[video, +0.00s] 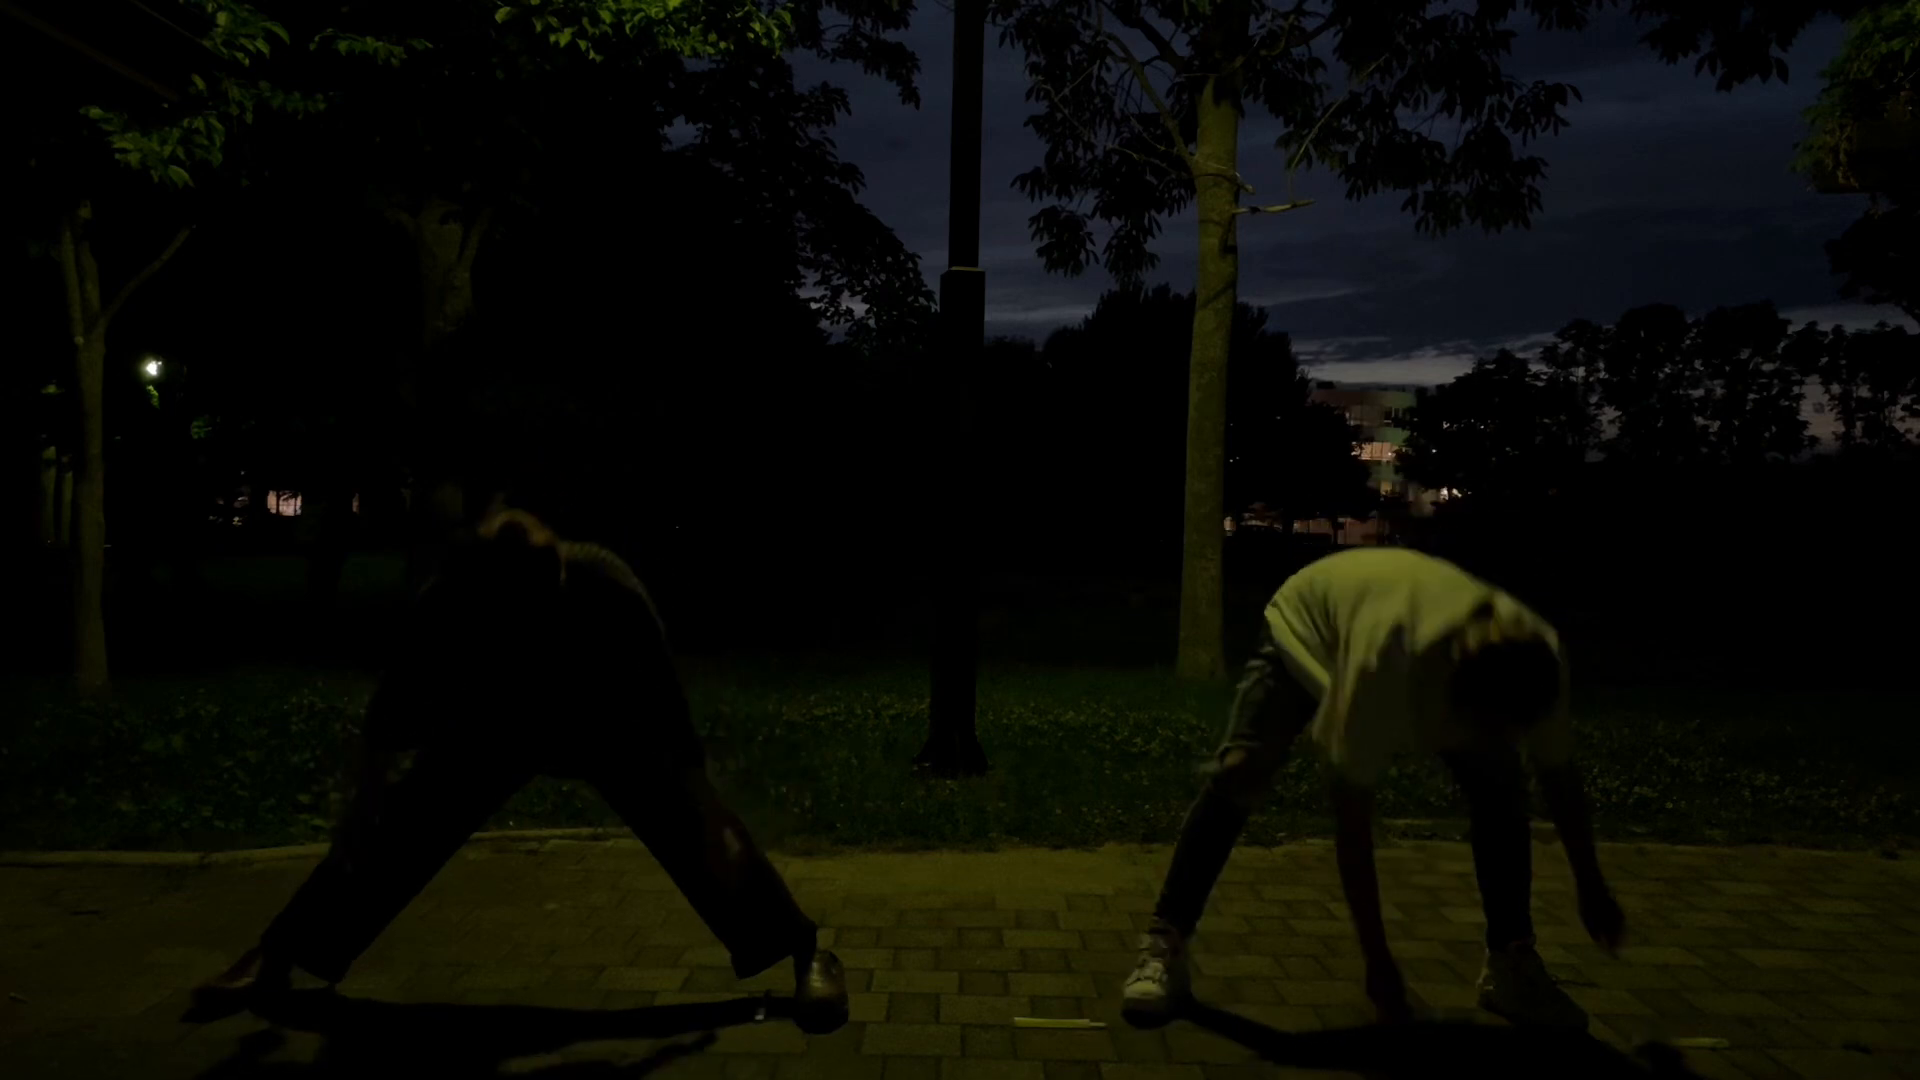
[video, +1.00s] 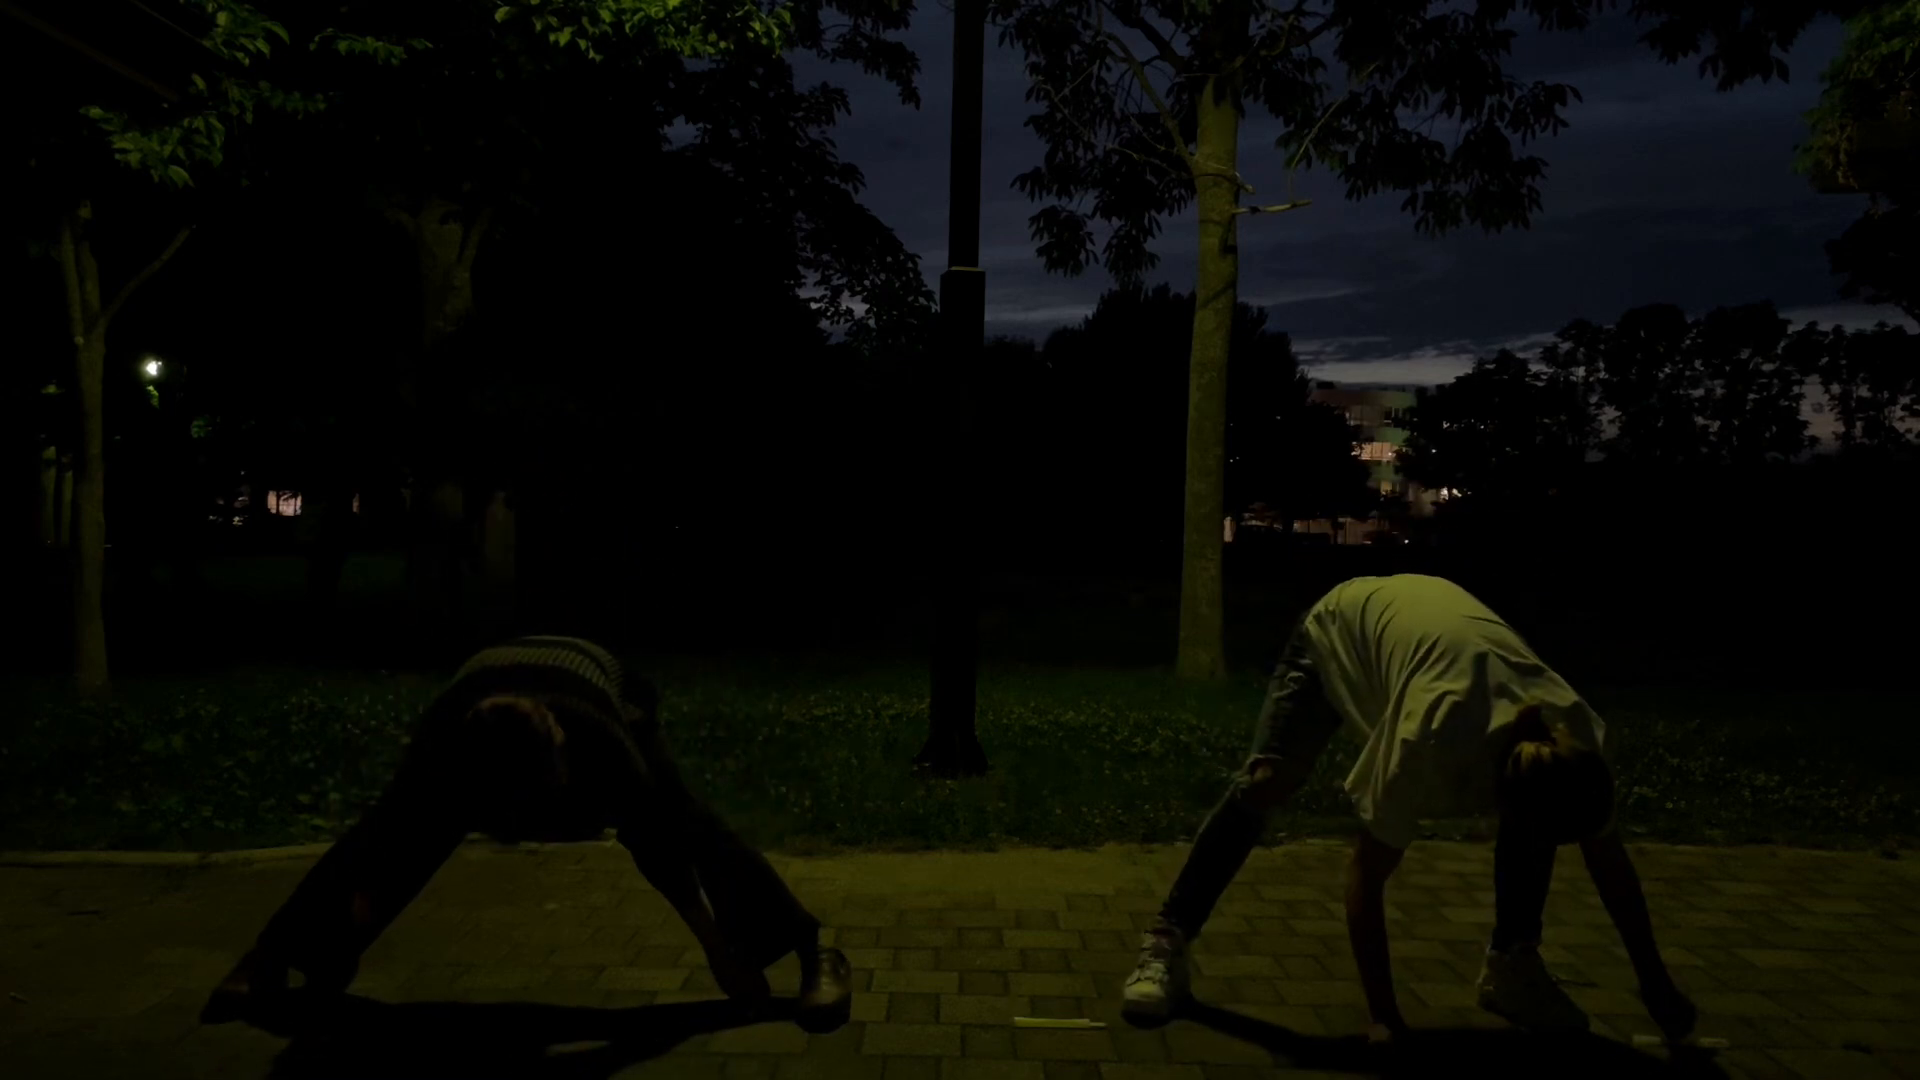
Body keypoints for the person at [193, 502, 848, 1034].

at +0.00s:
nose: (520, 585)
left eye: (529, 566)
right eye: (502, 570)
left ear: (551, 556)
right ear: (478, 568)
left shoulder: (601, 590)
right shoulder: (452, 601)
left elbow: (656, 695)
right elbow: (400, 701)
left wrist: (692, 793)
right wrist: (371, 783)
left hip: (607, 736)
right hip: (488, 739)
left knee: (700, 841)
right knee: (384, 845)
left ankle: (807, 957)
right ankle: (276, 963)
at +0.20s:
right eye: (501, 686)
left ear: (560, 685)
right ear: (473, 684)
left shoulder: (591, 653)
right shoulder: (443, 672)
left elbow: (661, 784)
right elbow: (379, 825)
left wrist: (709, 892)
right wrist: (277, 951)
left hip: (602, 738)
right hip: (478, 746)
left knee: (703, 836)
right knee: (387, 853)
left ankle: (804, 950)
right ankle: (283, 966)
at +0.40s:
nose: (501, 732)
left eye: (514, 712)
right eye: (487, 715)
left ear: (542, 714)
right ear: (460, 712)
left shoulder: (598, 725)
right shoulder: (440, 724)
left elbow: (668, 828)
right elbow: (374, 840)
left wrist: (719, 925)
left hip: (603, 706)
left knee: (704, 829)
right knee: (393, 849)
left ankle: (805, 952)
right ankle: (282, 966)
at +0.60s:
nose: (494, 748)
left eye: (503, 741)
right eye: (483, 744)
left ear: (540, 740)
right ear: (459, 743)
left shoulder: (605, 750)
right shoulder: (437, 752)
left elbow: (674, 847)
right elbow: (365, 859)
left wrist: (730, 947)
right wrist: (291, 965)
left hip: (598, 676)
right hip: (483, 675)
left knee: (701, 826)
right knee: (394, 849)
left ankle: (801, 954)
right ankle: (311, 972)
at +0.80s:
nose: (505, 826)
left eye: (516, 803)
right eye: (488, 797)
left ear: (548, 769)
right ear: (462, 773)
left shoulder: (605, 760)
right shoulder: (437, 757)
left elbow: (677, 867)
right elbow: (364, 867)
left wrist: (741, 969)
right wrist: (291, 974)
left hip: (597, 675)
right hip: (484, 674)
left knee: (695, 829)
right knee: (389, 851)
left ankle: (799, 955)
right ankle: (298, 978)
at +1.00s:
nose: (512, 790)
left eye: (522, 774)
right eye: (495, 776)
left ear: (553, 748)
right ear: (468, 757)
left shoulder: (609, 757)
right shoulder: (441, 753)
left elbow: (673, 864)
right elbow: (368, 867)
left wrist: (729, 963)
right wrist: (292, 972)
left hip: (598, 676)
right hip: (487, 674)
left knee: (694, 827)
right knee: (388, 850)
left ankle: (809, 954)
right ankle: (286, 975)